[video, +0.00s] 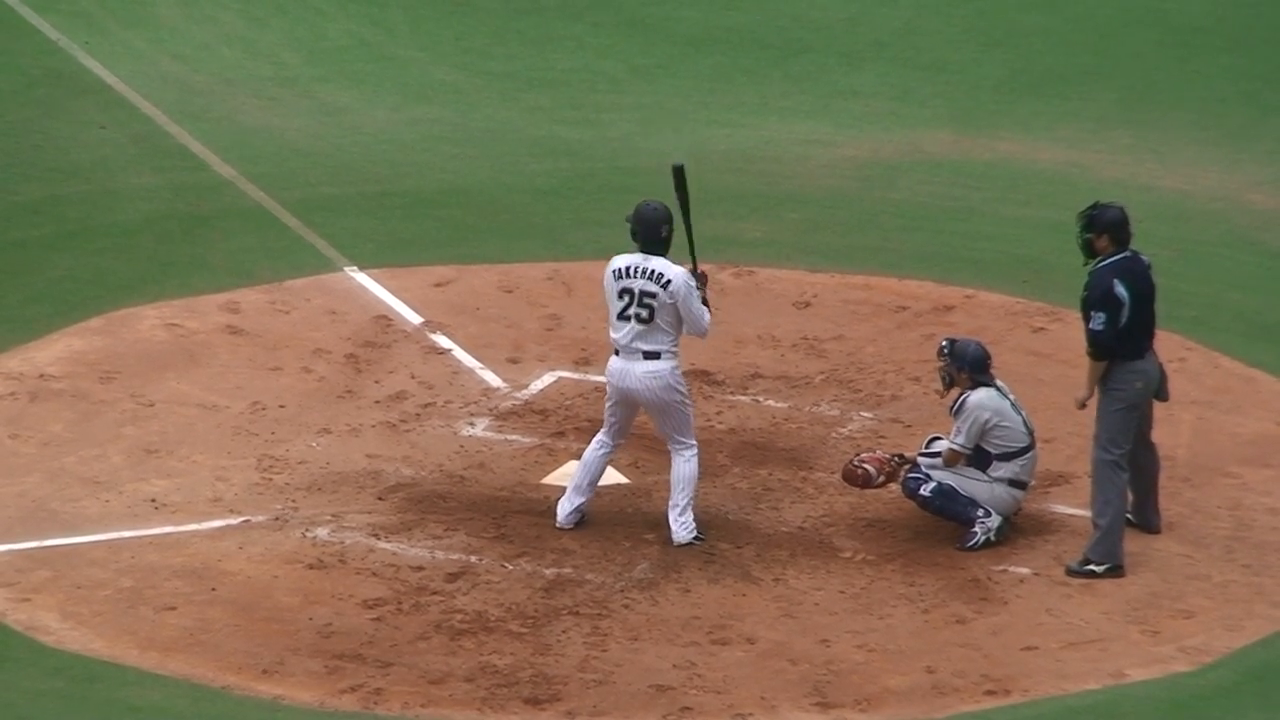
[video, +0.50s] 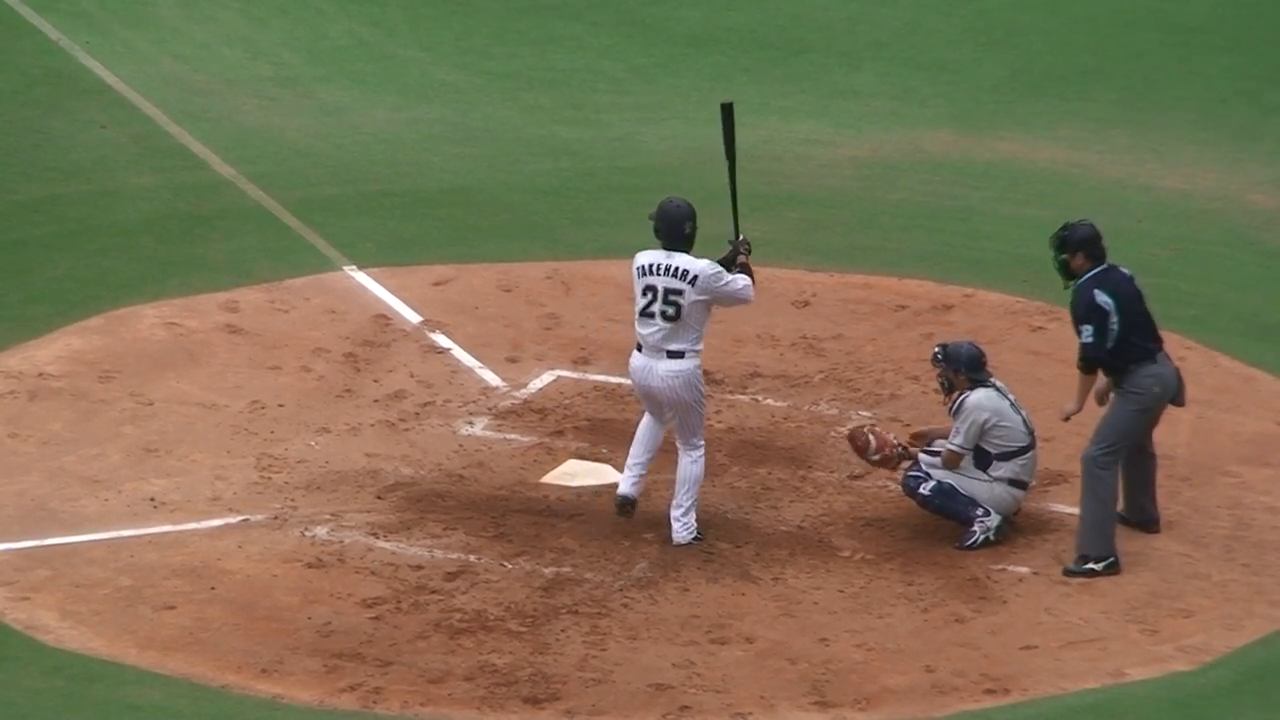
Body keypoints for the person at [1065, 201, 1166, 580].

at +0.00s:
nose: (1086, 239)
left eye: (1091, 234)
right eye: (1088, 232)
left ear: (1104, 239)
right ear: (1118, 236)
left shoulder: (1103, 278)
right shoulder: (1138, 263)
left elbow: (1100, 344)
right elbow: (1143, 322)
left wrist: (1089, 386)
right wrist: (1143, 361)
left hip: (1122, 375)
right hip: (1145, 365)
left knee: (1108, 459)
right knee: (1138, 444)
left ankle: (1105, 554)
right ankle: (1147, 514)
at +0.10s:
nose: (1083, 241)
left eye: (1087, 236)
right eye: (1083, 235)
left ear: (1101, 240)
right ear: (1114, 237)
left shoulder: (1100, 280)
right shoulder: (1135, 264)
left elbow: (1097, 343)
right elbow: (1142, 323)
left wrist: (1086, 388)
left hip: (1125, 376)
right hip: (1148, 366)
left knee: (1108, 459)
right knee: (1138, 444)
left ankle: (1104, 555)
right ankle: (1146, 514)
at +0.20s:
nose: (1077, 243)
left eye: (1082, 238)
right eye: (1078, 237)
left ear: (1096, 241)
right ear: (1109, 238)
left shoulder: (1098, 281)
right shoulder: (1130, 265)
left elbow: (1096, 344)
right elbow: (1137, 323)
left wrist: (1081, 389)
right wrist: (1111, 369)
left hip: (1130, 375)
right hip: (1152, 366)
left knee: (1106, 459)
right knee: (1138, 442)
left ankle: (1104, 555)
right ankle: (1145, 514)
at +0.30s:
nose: (1071, 248)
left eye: (1076, 242)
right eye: (1072, 242)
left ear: (1090, 245)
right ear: (1104, 242)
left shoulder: (1094, 284)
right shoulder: (1127, 267)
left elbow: (1094, 347)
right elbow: (1134, 327)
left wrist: (1080, 393)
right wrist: (1111, 372)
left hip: (1134, 376)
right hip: (1156, 369)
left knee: (1103, 459)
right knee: (1138, 441)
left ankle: (1103, 555)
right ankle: (1145, 513)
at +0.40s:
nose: (1068, 254)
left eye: (1071, 249)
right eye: (1069, 247)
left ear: (1083, 251)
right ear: (1101, 246)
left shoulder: (1089, 288)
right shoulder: (1122, 270)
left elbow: (1091, 350)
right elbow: (1132, 331)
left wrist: (1078, 398)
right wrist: (1109, 376)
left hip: (1137, 379)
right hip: (1159, 369)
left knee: (1100, 459)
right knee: (1138, 439)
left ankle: (1101, 556)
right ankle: (1143, 513)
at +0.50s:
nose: (1063, 262)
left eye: (1066, 256)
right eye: (1063, 255)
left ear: (1079, 258)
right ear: (1094, 253)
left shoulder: (1087, 292)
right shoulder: (1120, 275)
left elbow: (1090, 355)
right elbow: (1129, 334)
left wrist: (1078, 403)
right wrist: (1108, 379)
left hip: (1142, 381)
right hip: (1162, 371)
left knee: (1097, 458)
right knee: (1137, 441)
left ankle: (1098, 554)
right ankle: (1142, 513)